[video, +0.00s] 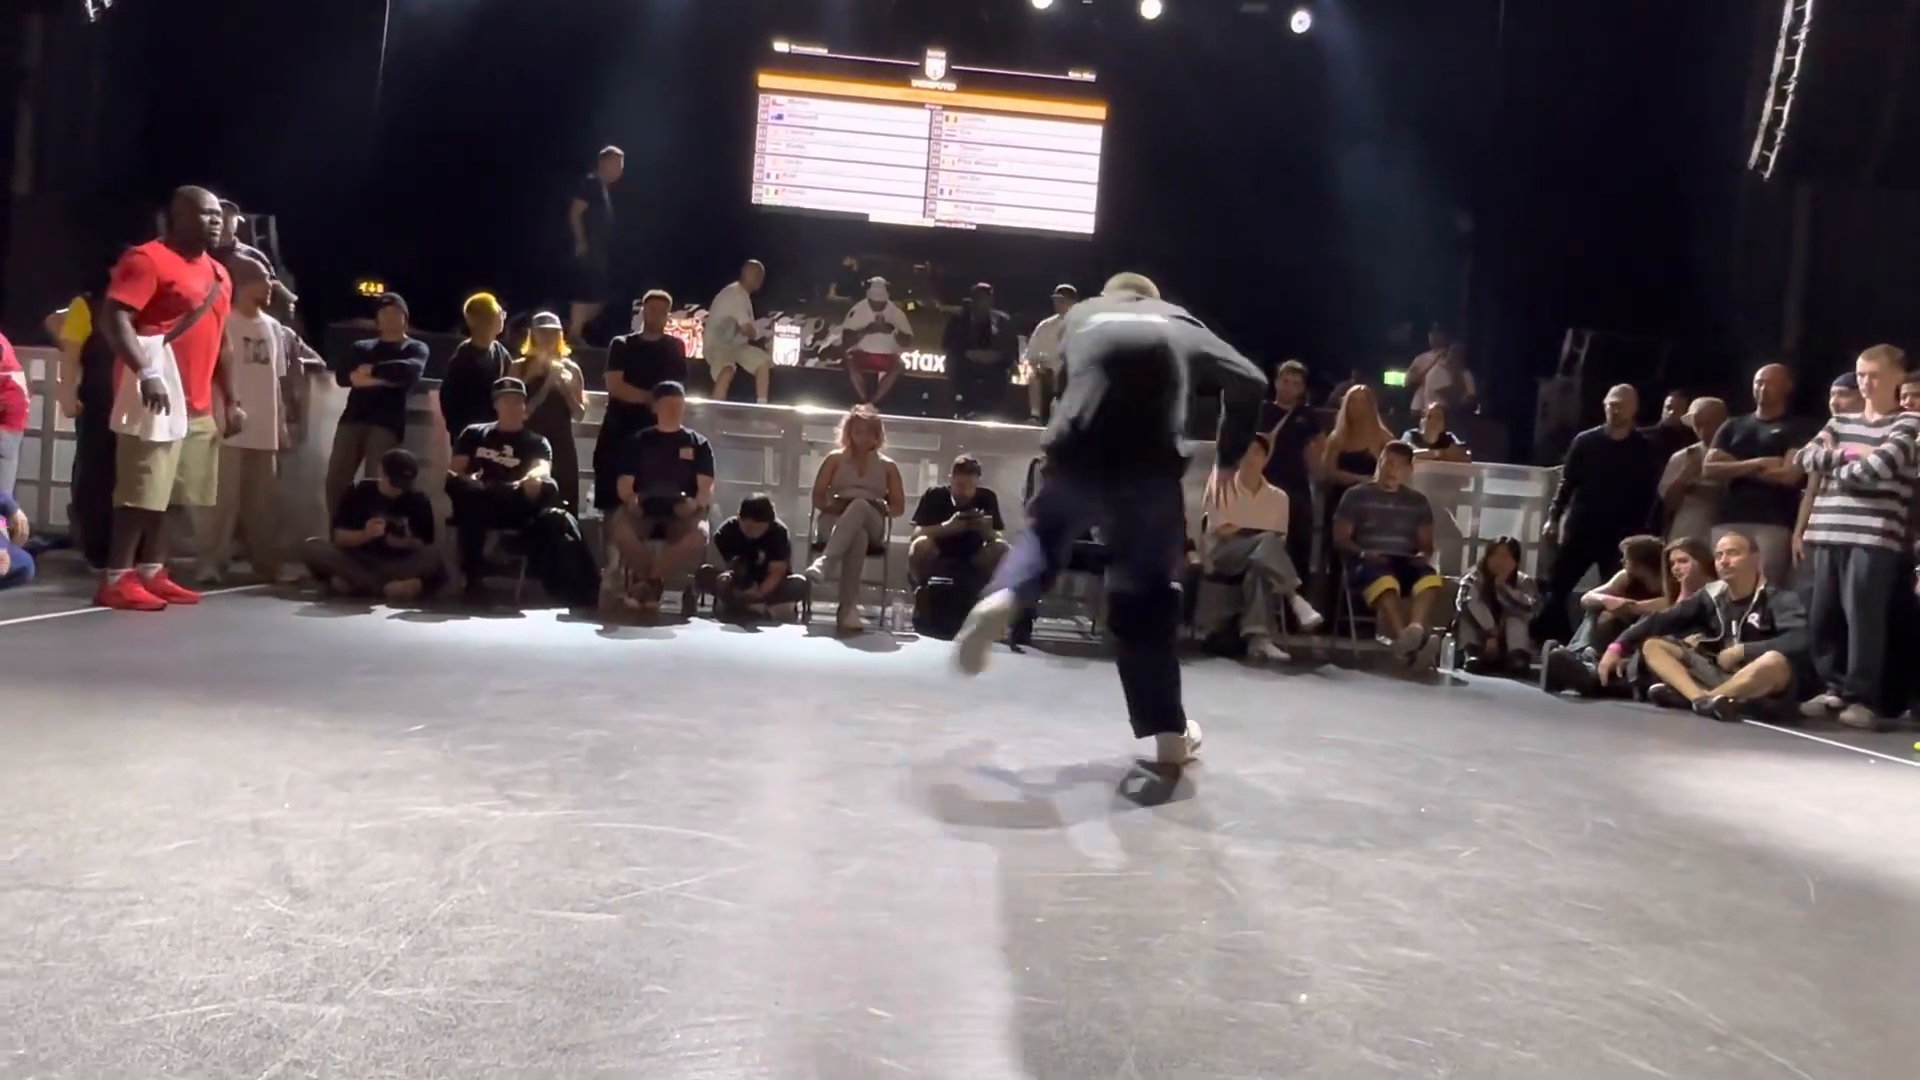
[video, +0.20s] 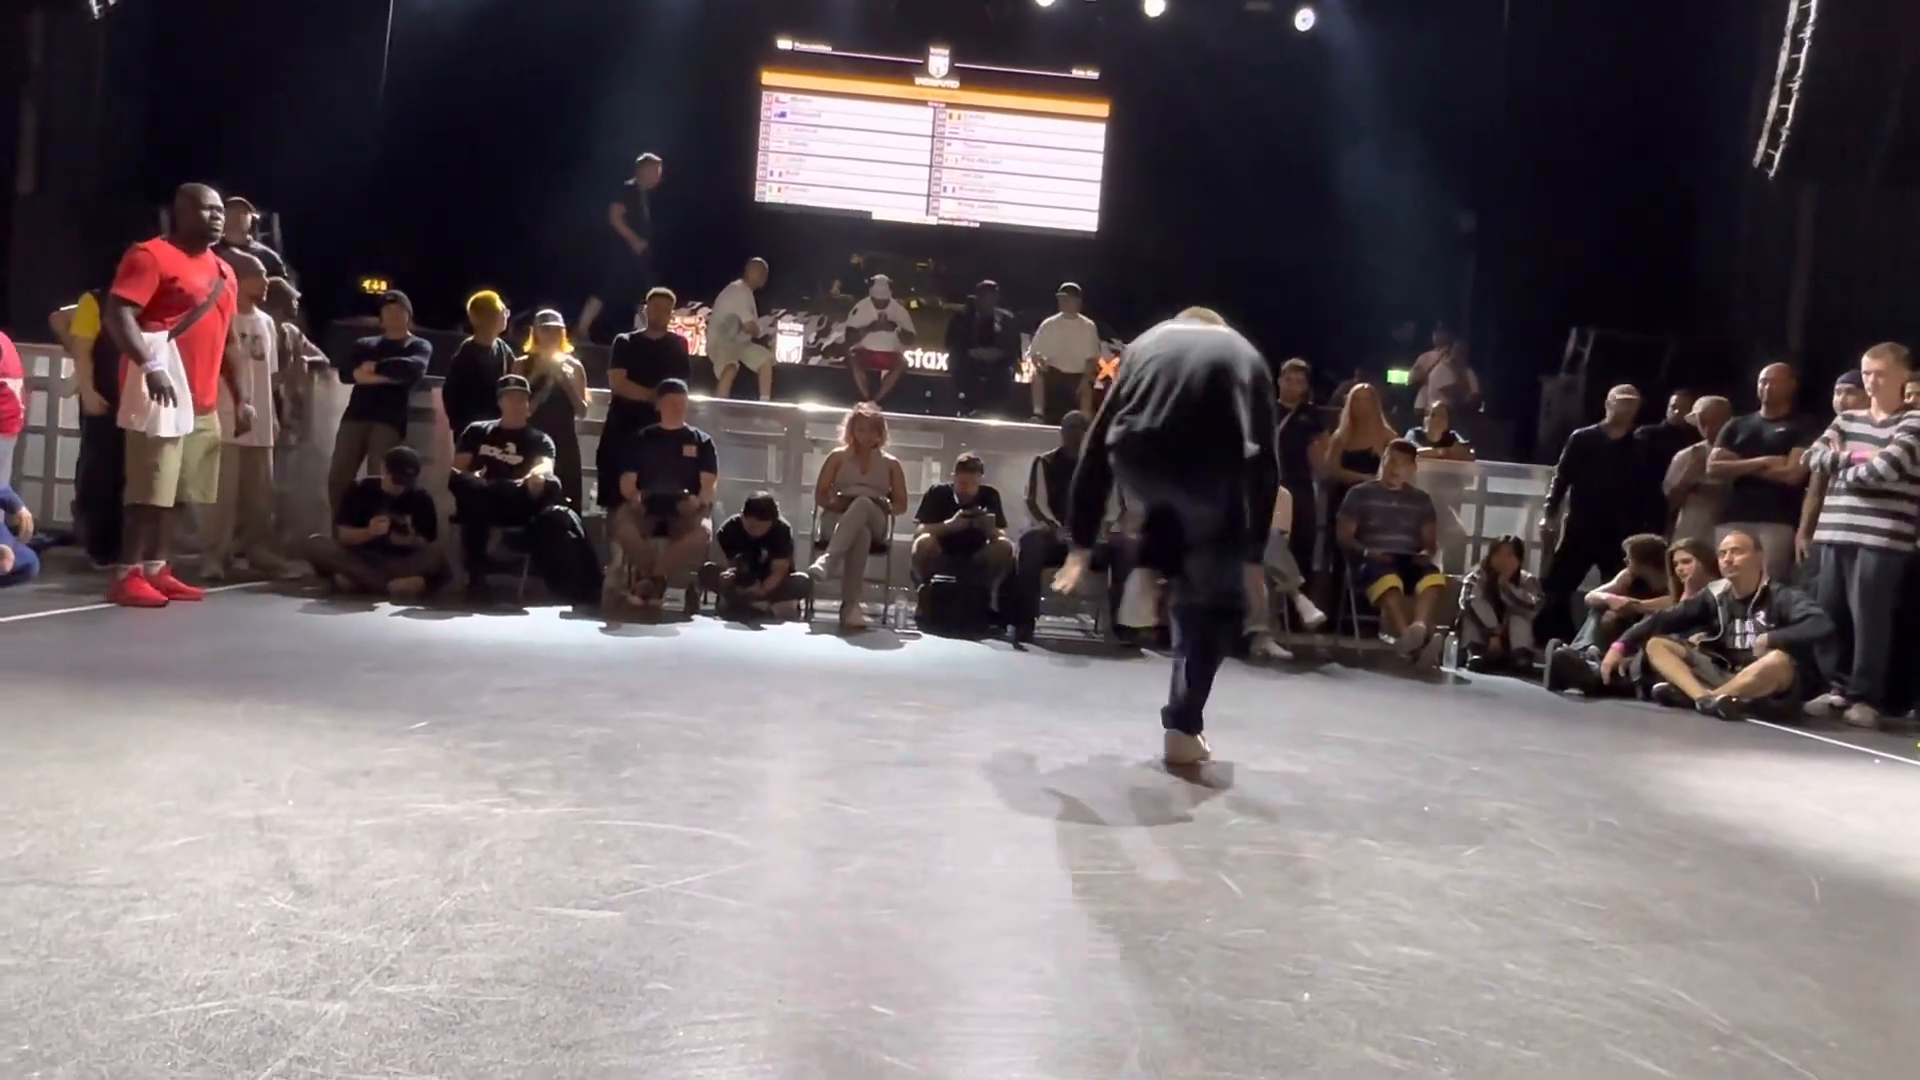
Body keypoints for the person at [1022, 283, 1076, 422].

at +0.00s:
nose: (1062, 305)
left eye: (1066, 301)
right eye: (1058, 300)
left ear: (1074, 303)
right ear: (1054, 302)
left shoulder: (1080, 326)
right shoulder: (1044, 326)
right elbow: (1032, 351)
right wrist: (1037, 364)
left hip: (1071, 367)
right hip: (1047, 366)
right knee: (1035, 376)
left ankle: (1065, 415)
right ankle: (1035, 414)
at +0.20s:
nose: (1064, 302)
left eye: (1069, 299)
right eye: (1062, 298)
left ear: (1078, 302)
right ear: (1058, 301)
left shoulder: (1088, 326)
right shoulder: (1048, 324)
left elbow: (1092, 358)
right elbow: (1033, 351)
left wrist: (1086, 380)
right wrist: (1039, 361)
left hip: (1078, 372)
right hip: (1054, 370)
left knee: (1087, 387)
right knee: (1037, 376)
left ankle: (1085, 424)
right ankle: (1038, 414)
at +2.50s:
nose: (1083, 296)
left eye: (1086, 292)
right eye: (1079, 291)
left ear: (1091, 295)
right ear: (1072, 293)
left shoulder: (1097, 321)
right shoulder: (1058, 317)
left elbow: (1099, 352)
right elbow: (1045, 345)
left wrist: (1095, 375)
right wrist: (1046, 359)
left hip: (1086, 366)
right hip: (1061, 363)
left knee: (1094, 382)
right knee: (1045, 371)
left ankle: (1094, 418)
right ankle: (1045, 407)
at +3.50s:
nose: (1087, 299)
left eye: (1090, 296)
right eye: (1083, 295)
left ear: (1093, 298)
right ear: (1075, 296)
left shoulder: (1099, 322)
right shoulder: (1059, 318)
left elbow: (1101, 354)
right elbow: (1046, 345)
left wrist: (1096, 375)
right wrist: (1048, 358)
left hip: (1088, 366)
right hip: (1063, 364)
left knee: (1096, 382)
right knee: (1047, 371)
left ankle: (1095, 416)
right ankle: (1046, 408)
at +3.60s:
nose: (1087, 300)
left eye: (1090, 296)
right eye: (1083, 295)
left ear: (1093, 298)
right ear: (1075, 296)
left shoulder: (1098, 323)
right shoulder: (1059, 319)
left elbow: (1100, 354)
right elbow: (1046, 346)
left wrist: (1095, 376)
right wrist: (1047, 359)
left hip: (1087, 367)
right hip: (1063, 364)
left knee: (1095, 381)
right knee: (1046, 371)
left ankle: (1094, 416)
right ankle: (1046, 408)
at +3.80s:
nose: (1087, 302)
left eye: (1090, 298)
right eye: (1084, 298)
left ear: (1093, 300)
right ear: (1075, 298)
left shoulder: (1099, 325)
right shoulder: (1059, 321)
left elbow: (1100, 356)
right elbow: (1046, 348)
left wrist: (1096, 379)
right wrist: (1047, 362)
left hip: (1087, 370)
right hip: (1063, 367)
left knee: (1095, 384)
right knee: (1046, 373)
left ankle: (1095, 419)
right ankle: (1046, 410)